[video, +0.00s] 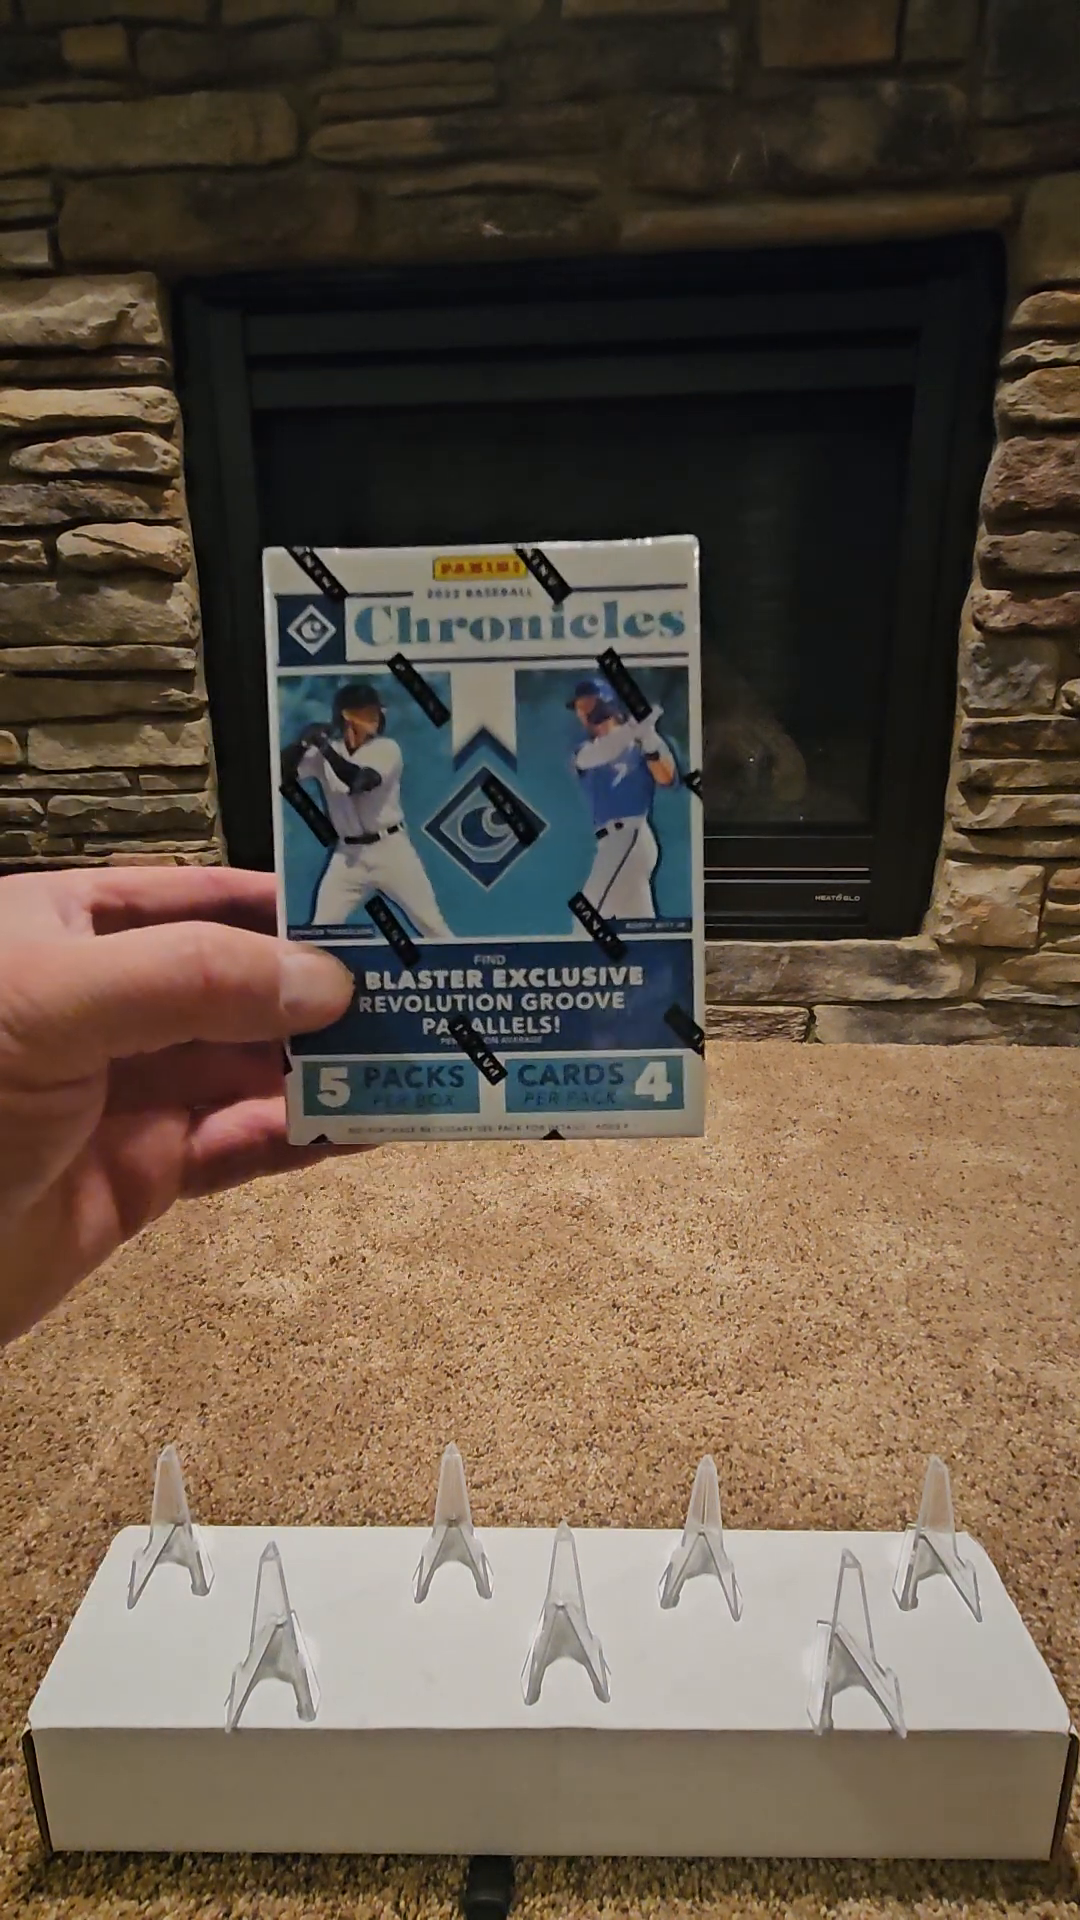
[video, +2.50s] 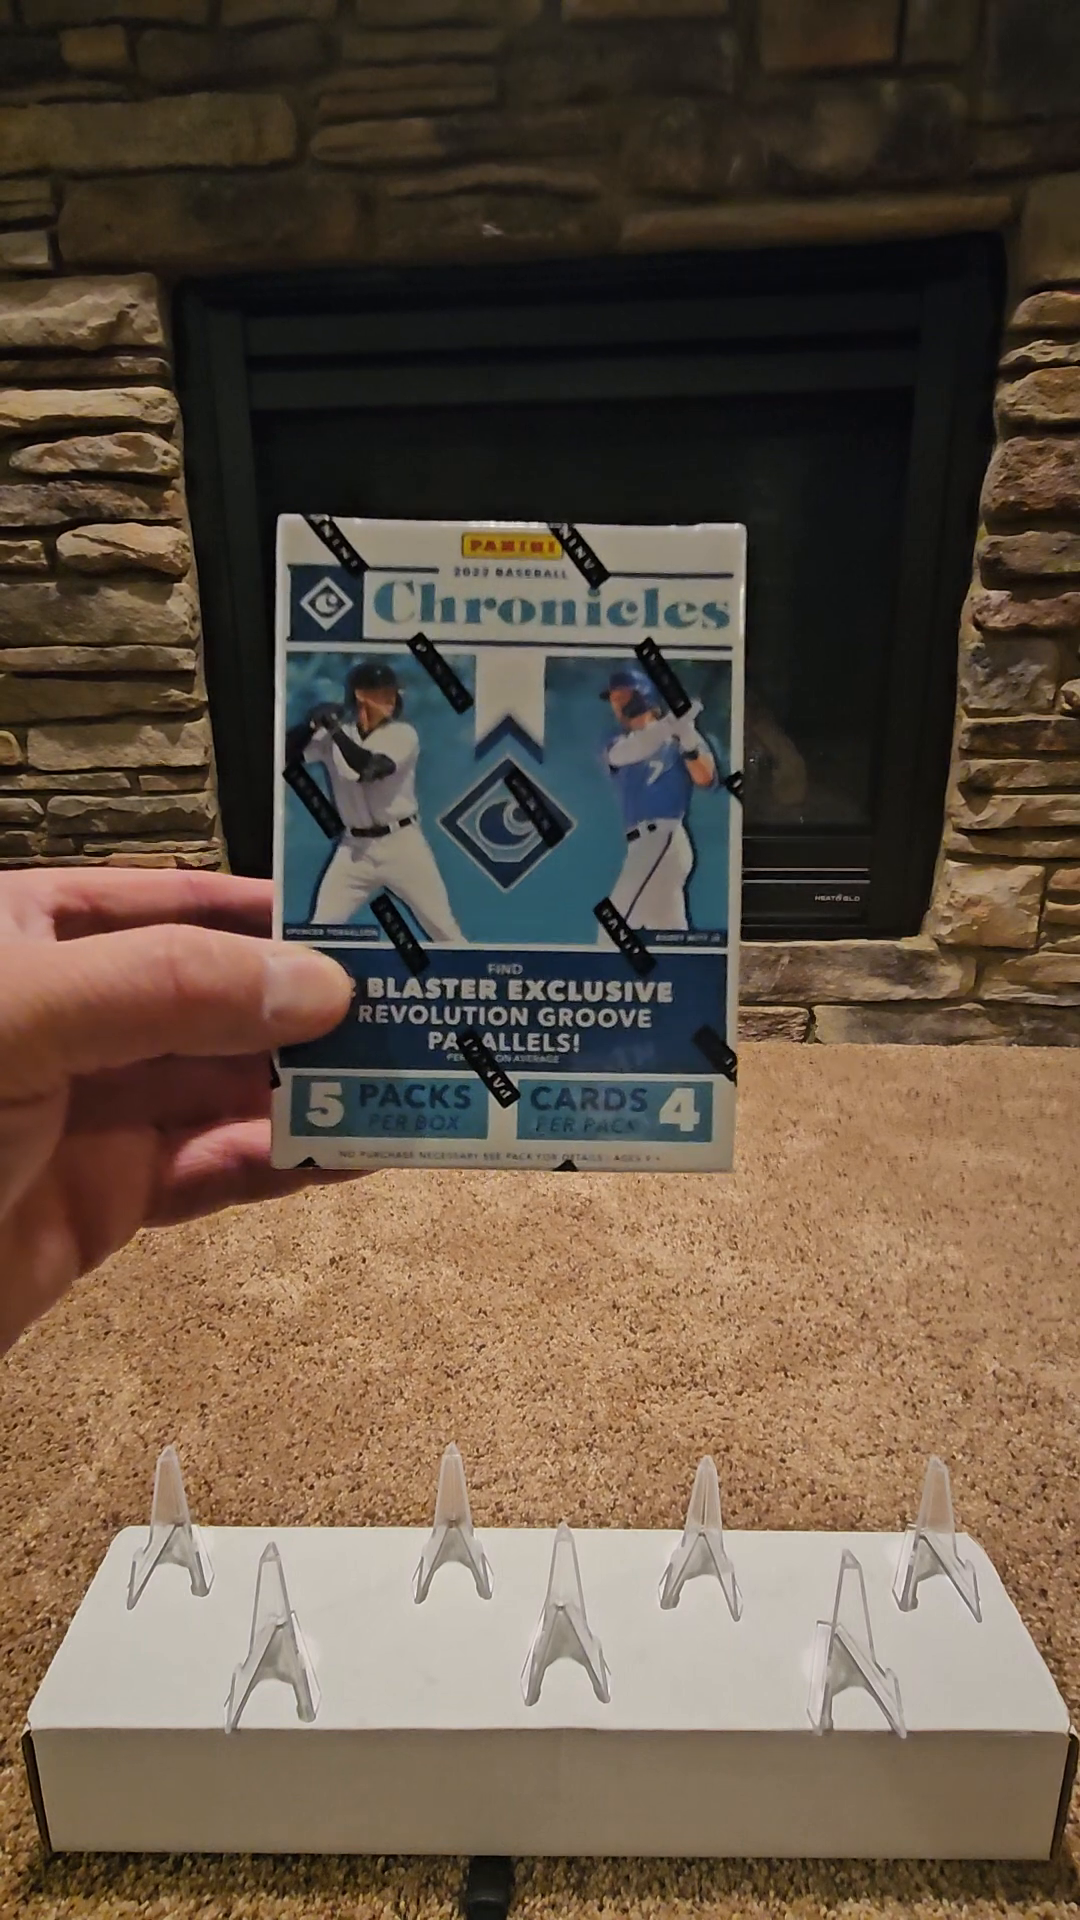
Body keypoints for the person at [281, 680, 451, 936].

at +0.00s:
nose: (375, 716)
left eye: (376, 710)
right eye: (366, 710)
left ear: (380, 713)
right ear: (347, 716)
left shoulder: (386, 748)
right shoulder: (322, 755)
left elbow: (358, 782)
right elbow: (281, 775)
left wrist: (324, 747)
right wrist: (302, 744)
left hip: (392, 851)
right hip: (347, 856)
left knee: (431, 925)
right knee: (322, 932)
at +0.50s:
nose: (396, 666)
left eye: (398, 659)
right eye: (388, 660)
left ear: (402, 664)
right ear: (366, 665)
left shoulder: (409, 703)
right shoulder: (338, 708)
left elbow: (376, 739)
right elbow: (295, 731)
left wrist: (340, 699)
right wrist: (317, 697)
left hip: (411, 813)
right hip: (363, 818)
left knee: (453, 896)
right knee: (333, 901)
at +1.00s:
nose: (401, 671)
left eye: (402, 665)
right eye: (393, 664)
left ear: (404, 669)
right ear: (369, 669)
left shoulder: (410, 708)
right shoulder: (340, 711)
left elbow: (378, 742)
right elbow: (295, 729)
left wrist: (343, 702)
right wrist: (321, 698)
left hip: (411, 817)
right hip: (362, 821)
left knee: (452, 900)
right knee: (331, 900)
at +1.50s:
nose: (402, 673)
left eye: (403, 667)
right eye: (394, 666)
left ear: (404, 671)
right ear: (371, 670)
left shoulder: (411, 709)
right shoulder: (341, 712)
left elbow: (377, 743)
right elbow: (293, 730)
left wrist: (343, 703)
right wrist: (321, 700)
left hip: (413, 819)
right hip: (364, 823)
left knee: (454, 903)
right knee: (332, 905)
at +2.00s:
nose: (396, 686)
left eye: (397, 680)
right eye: (388, 680)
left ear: (400, 685)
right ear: (365, 686)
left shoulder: (406, 725)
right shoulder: (335, 730)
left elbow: (373, 760)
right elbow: (288, 746)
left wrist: (338, 719)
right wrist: (313, 716)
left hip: (406, 836)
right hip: (357, 840)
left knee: (449, 922)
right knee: (325, 922)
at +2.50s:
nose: (392, 696)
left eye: (393, 690)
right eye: (384, 690)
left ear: (396, 694)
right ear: (361, 695)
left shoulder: (402, 734)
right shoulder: (331, 738)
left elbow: (369, 769)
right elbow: (285, 755)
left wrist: (334, 729)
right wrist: (311, 725)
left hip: (403, 845)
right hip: (354, 849)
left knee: (444, 929)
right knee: (322, 930)